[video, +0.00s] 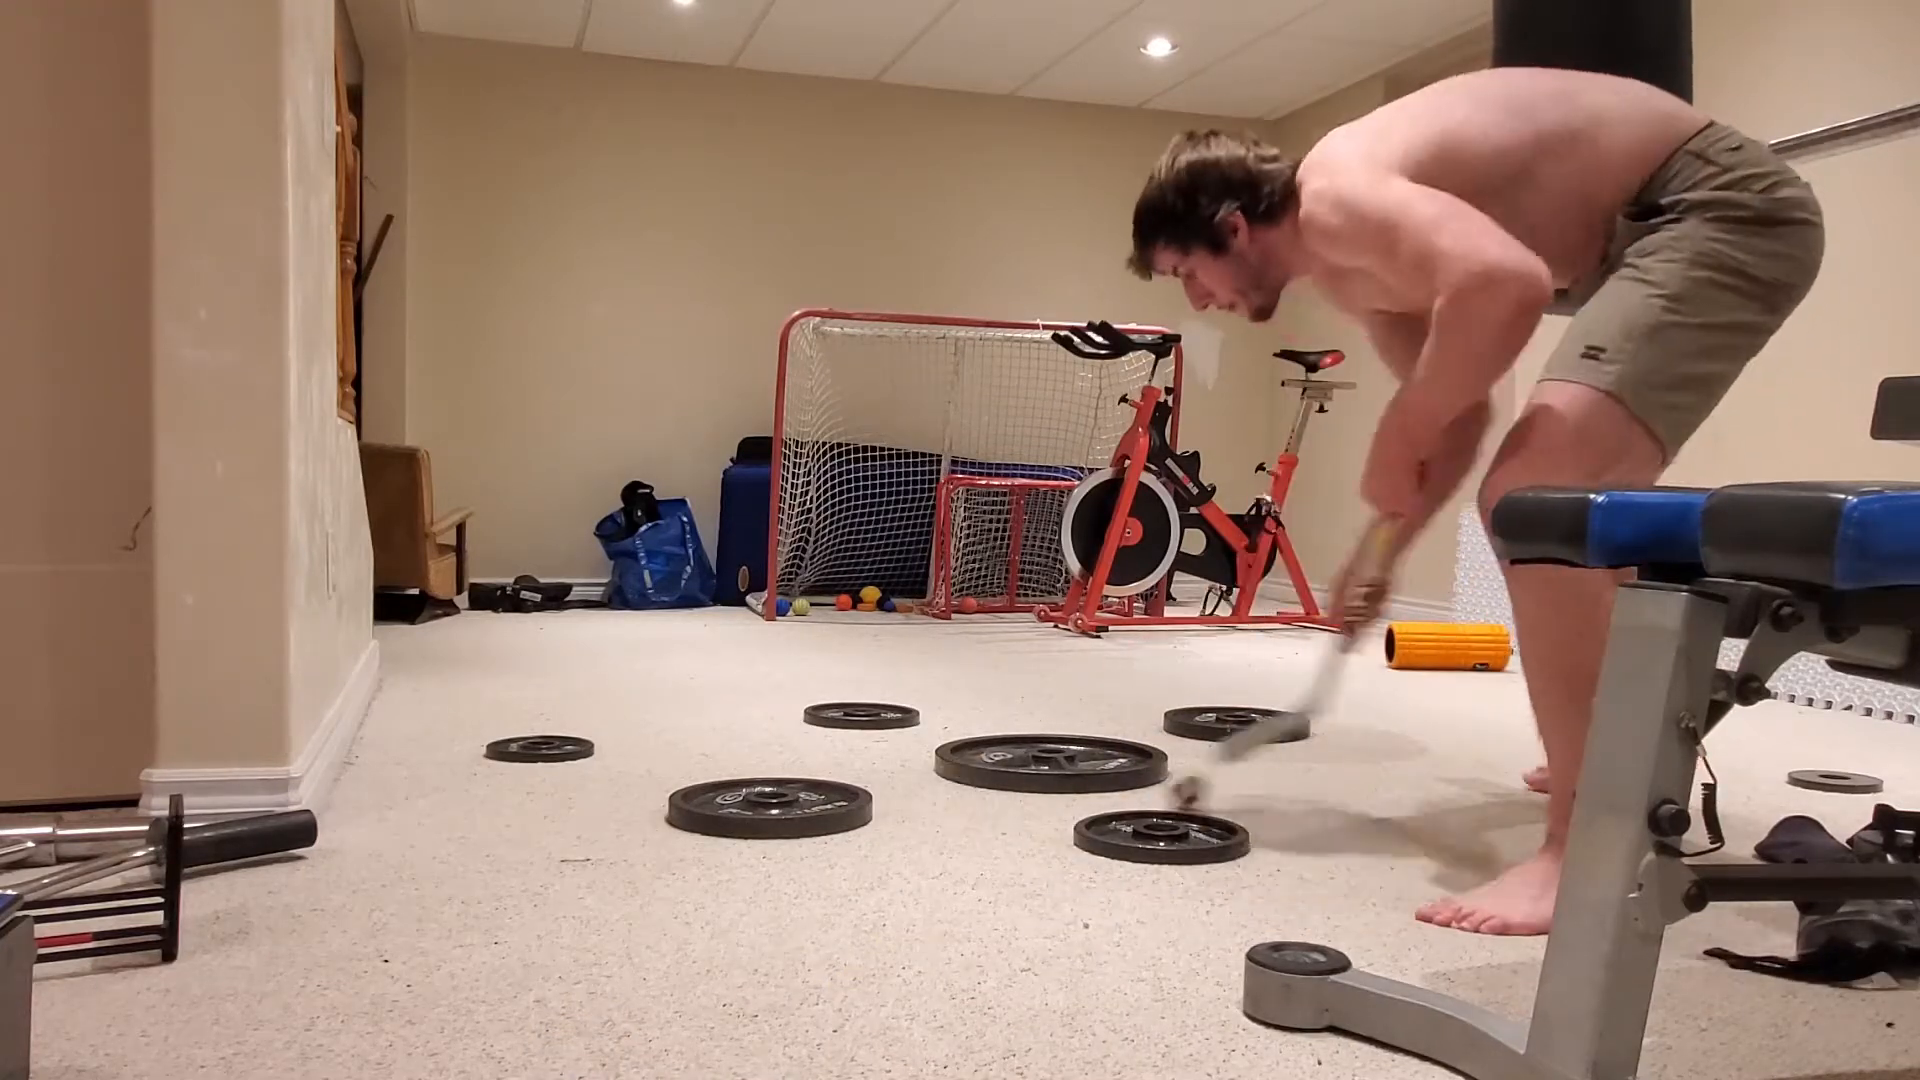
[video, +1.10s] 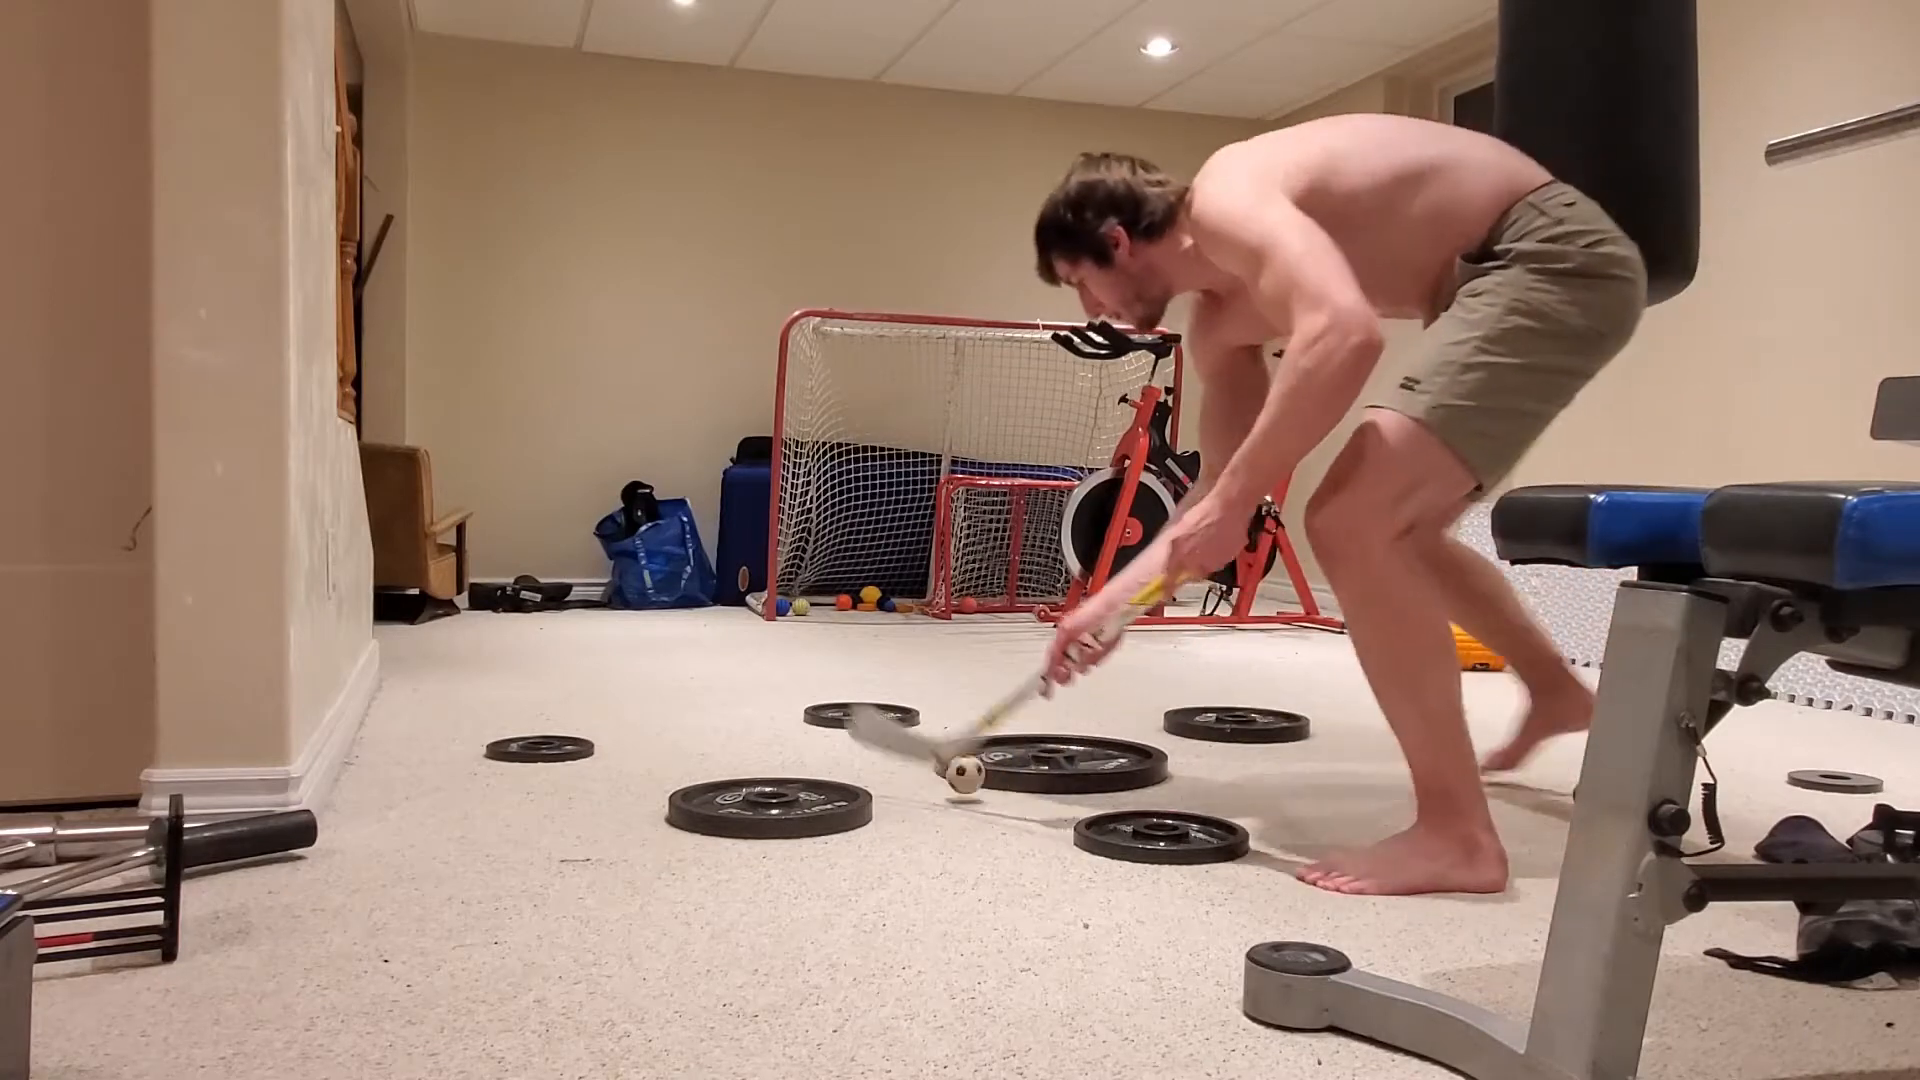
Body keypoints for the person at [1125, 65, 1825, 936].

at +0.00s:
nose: (1201, 303)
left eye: (1189, 278)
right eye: (1184, 290)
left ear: (1228, 226)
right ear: (1237, 228)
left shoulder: (1335, 202)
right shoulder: (1351, 269)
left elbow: (1505, 283)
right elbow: (1458, 411)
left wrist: (1407, 431)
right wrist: (1380, 549)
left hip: (1719, 207)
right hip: (1658, 231)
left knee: (1540, 492)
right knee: (1529, 491)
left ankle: (1579, 849)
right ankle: (1607, 748)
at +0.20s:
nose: (1251, 333)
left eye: (1233, 312)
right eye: (1232, 323)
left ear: (1249, 264)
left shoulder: (1331, 228)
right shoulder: (1385, 246)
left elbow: (1458, 339)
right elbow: (1504, 428)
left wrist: (1448, 499)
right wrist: (1491, 608)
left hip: (1699, 221)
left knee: (1533, 504)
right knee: (1540, 502)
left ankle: (1576, 851)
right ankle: (1599, 766)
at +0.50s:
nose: (1306, 367)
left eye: (1287, 348)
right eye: (1288, 359)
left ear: (1304, 301)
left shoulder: (1352, 249)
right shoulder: (1461, 321)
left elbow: (1436, 307)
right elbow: (1509, 473)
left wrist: (1444, 495)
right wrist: (1429, 608)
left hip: (1688, 230)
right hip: (1732, 243)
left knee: (1517, 491)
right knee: (1602, 512)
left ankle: (1482, 817)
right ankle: (1647, 762)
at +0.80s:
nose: (1208, 338)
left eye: (1193, 316)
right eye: (1190, 328)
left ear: (1221, 266)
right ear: (1232, 270)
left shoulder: (1297, 212)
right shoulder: (1350, 310)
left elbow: (1410, 224)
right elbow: (1421, 452)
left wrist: (1373, 433)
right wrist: (1328, 575)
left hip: (1640, 233)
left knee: (1457, 494)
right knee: (1542, 518)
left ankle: (1460, 832)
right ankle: (1653, 743)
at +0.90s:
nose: (1159, 340)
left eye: (1147, 316)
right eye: (1143, 326)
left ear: (1182, 266)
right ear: (1191, 272)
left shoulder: (1279, 199)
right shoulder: (1301, 337)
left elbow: (1395, 257)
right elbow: (1323, 500)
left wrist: (1317, 449)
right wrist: (1222, 600)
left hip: (1614, 233)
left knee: (1427, 501)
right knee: (1523, 541)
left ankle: (1460, 834)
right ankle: (1648, 742)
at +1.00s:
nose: (1125, 324)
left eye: (1113, 300)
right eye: (1108, 313)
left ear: (1146, 250)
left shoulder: (1252, 197)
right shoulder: (1258, 339)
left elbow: (1373, 293)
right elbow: (1261, 499)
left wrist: (1272, 484)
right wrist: (1159, 608)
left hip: (1585, 249)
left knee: (1379, 514)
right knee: (1464, 544)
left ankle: (1459, 834)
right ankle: (1637, 736)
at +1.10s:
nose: (1092, 309)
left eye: (1079, 283)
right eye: (1075, 293)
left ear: (1117, 240)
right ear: (1124, 243)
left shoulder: (1228, 203)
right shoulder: (1220, 327)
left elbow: (1342, 332)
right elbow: (1227, 488)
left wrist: (1232, 504)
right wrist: (1117, 597)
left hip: (1551, 256)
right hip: (1502, 282)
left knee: (1350, 519)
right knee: (1398, 524)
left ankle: (1456, 836)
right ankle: (1559, 693)